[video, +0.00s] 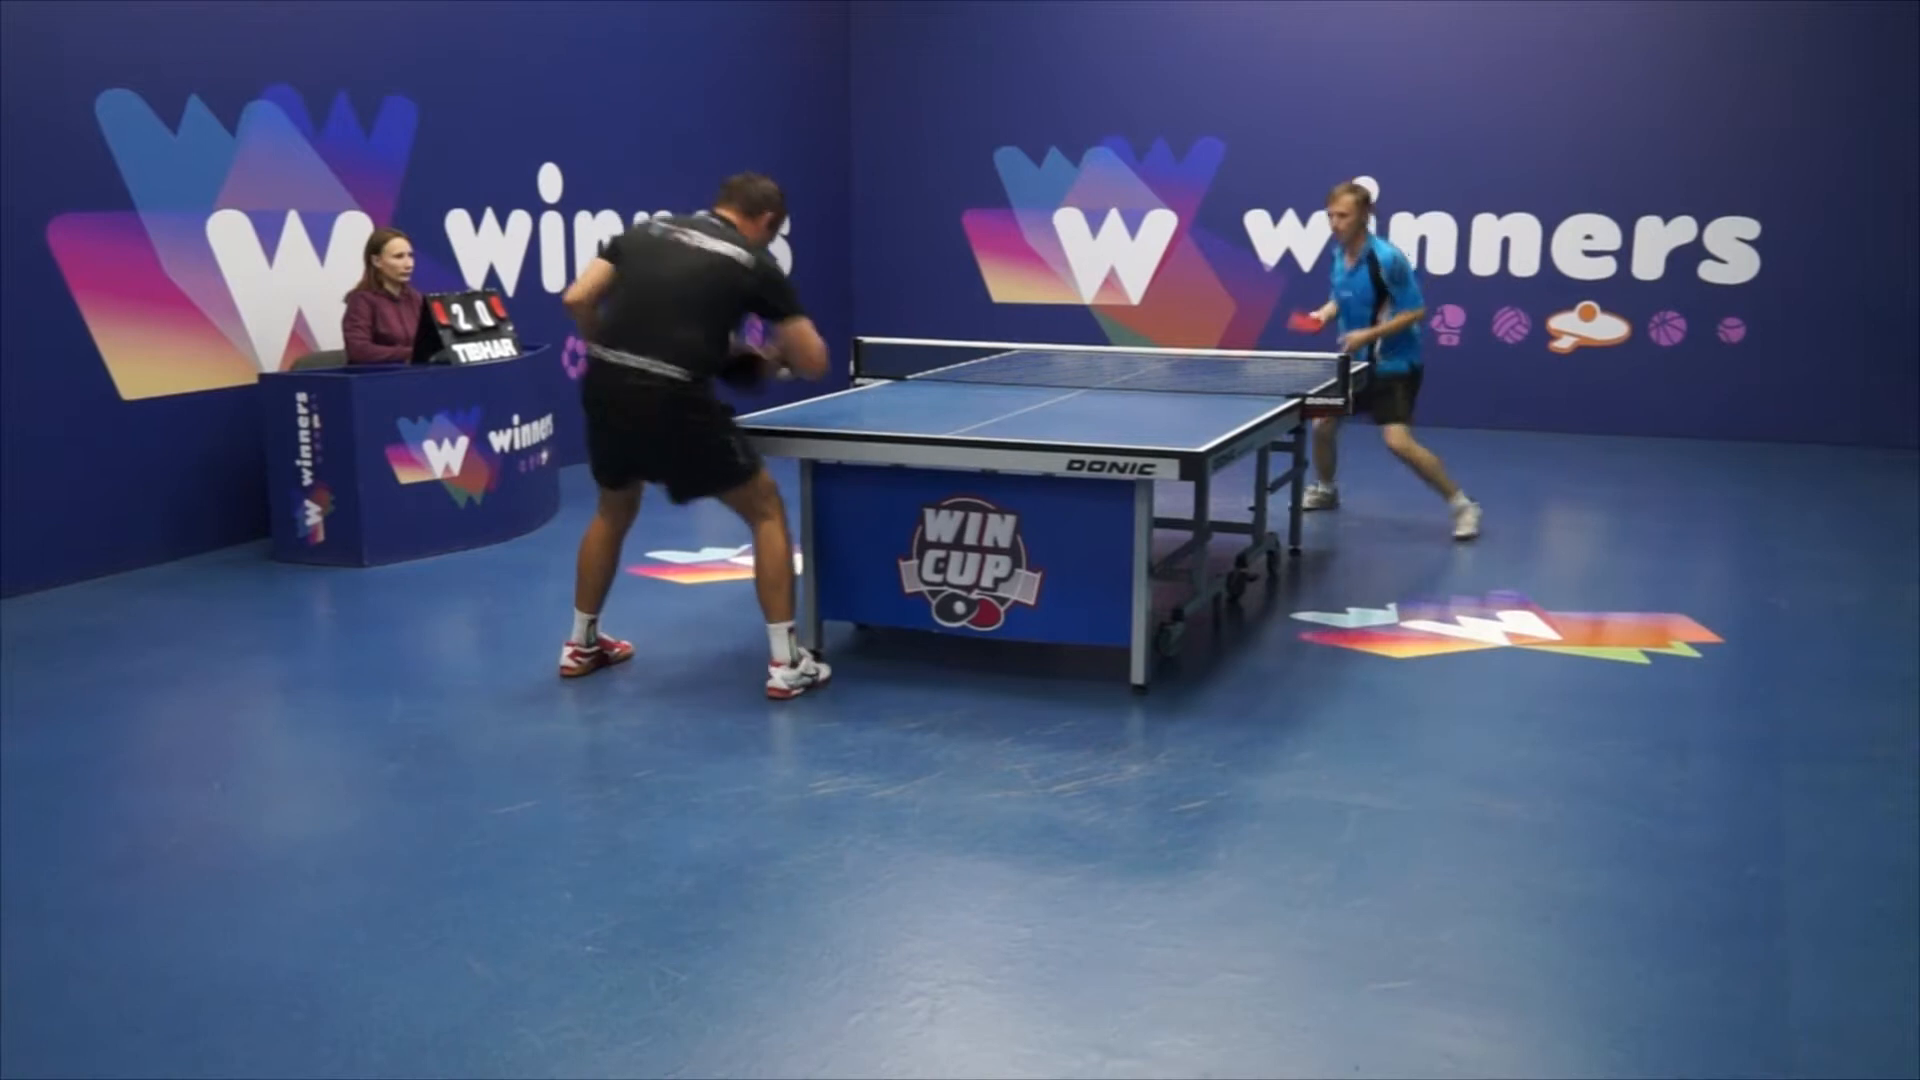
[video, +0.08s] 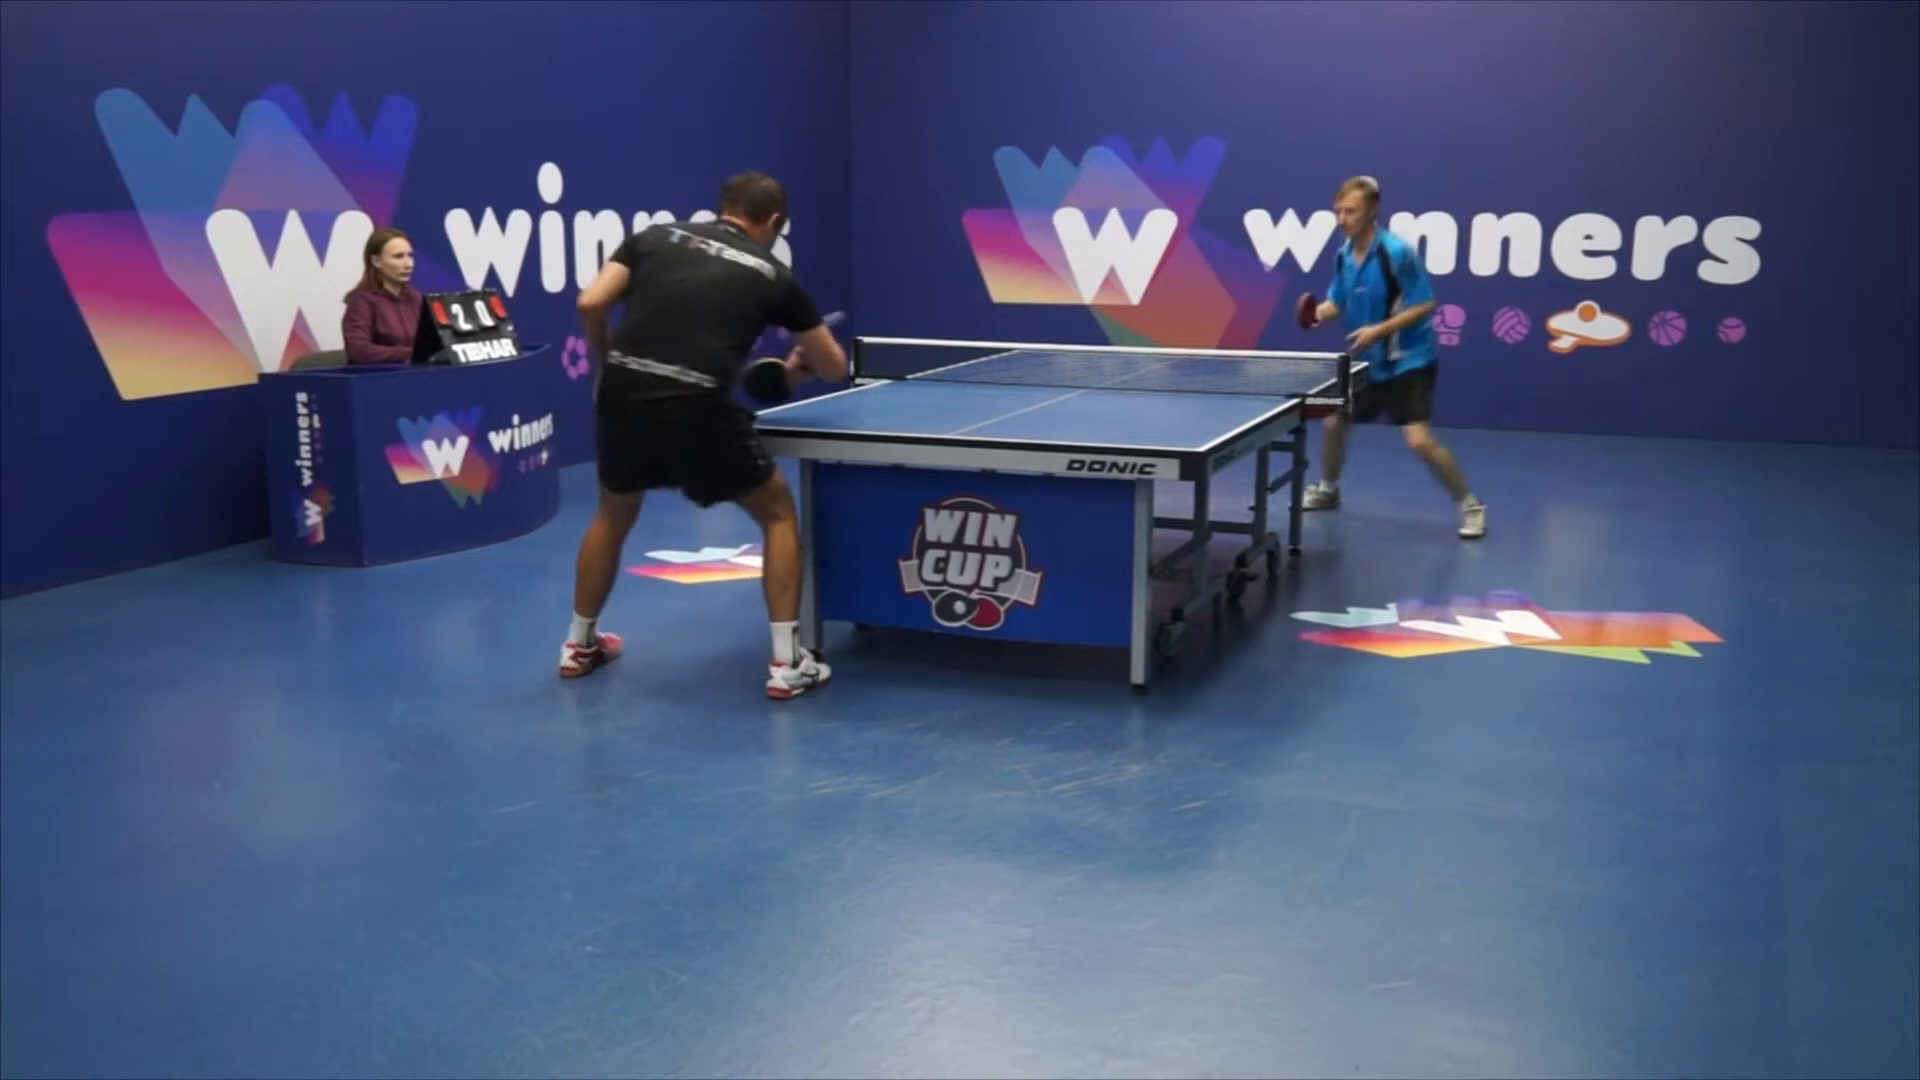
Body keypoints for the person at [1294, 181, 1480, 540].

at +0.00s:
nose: (1335, 223)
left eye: (1343, 216)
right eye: (1332, 216)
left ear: (1364, 217)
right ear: (1328, 216)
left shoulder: (1387, 257)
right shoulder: (1337, 254)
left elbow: (1415, 310)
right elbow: (1342, 297)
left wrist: (1368, 334)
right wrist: (1323, 314)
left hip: (1395, 364)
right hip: (1356, 361)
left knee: (1397, 440)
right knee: (1322, 425)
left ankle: (1462, 505)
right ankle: (1325, 489)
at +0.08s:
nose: (1342, 219)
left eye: (1350, 212)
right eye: (1339, 211)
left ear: (1371, 212)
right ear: (1337, 212)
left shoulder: (1398, 251)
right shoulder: (1345, 253)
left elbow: (1424, 303)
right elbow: (1338, 302)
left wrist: (1378, 329)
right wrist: (1315, 314)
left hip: (1410, 360)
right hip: (1369, 362)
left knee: (1418, 440)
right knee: (1333, 422)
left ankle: (1470, 505)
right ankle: (1327, 489)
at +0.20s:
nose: (1356, 207)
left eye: (1364, 200)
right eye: (1352, 201)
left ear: (1386, 201)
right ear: (1351, 203)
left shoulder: (1414, 238)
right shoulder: (1361, 247)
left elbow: (1447, 286)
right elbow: (1357, 298)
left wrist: (1404, 318)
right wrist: (1329, 317)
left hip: (1440, 344)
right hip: (1400, 348)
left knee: (1450, 424)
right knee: (1361, 415)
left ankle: (1506, 500)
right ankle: (1363, 490)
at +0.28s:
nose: (1368, 213)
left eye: (1375, 206)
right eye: (1364, 207)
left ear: (1397, 207)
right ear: (1362, 208)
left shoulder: (1423, 244)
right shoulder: (1376, 252)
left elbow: (1458, 293)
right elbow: (1381, 304)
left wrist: (1415, 329)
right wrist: (1349, 329)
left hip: (1452, 351)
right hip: (1412, 355)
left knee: (1475, 429)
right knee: (1374, 425)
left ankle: (1529, 511)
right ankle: (1392, 498)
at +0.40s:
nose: (1380, 222)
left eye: (1388, 215)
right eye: (1377, 216)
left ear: (1409, 214)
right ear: (1377, 218)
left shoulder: (1429, 248)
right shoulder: (1400, 257)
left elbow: (1449, 301)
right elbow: (1425, 308)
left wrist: (1407, 336)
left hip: (1481, 353)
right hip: (1445, 359)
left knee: (1493, 442)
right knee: (1413, 427)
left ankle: (1546, 516)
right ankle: (1401, 498)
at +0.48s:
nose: (1387, 229)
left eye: (1394, 221)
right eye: (1383, 222)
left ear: (1416, 220)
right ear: (1384, 222)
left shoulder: (1425, 251)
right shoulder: (1421, 252)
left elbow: (1425, 312)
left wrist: (1412, 328)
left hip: (1496, 348)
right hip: (1469, 355)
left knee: (1486, 443)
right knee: (1425, 429)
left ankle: (1554, 508)